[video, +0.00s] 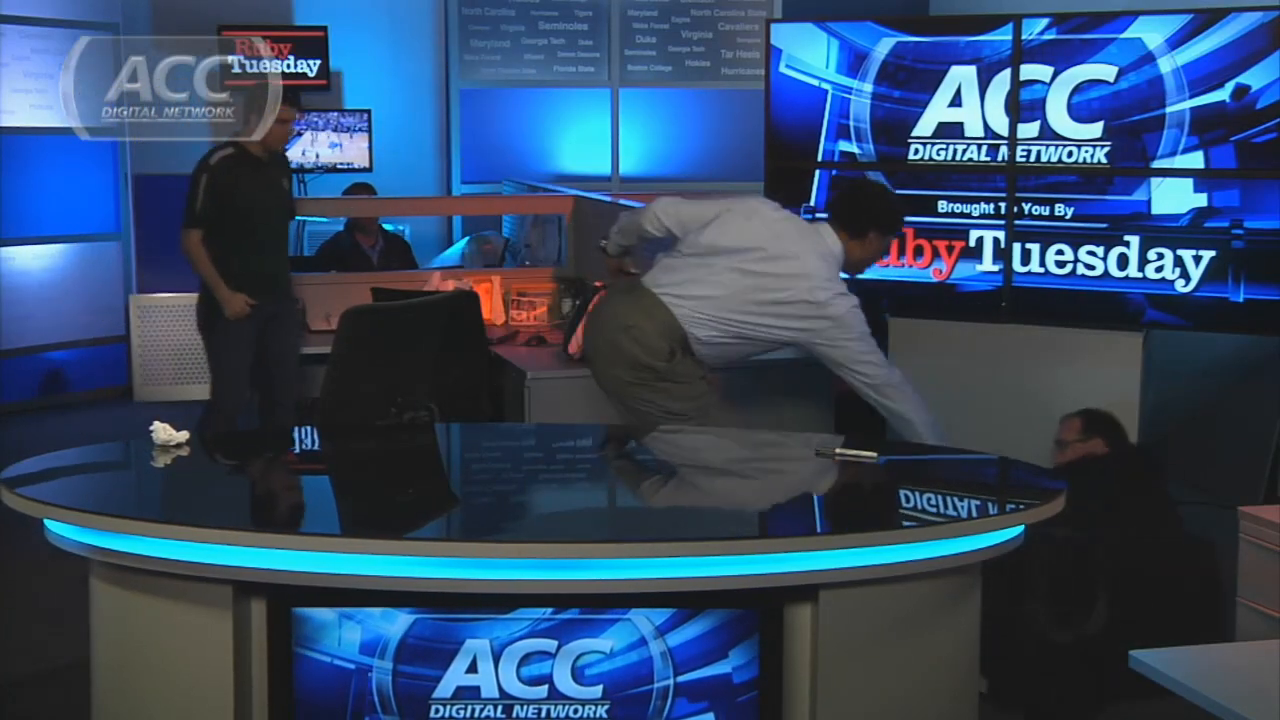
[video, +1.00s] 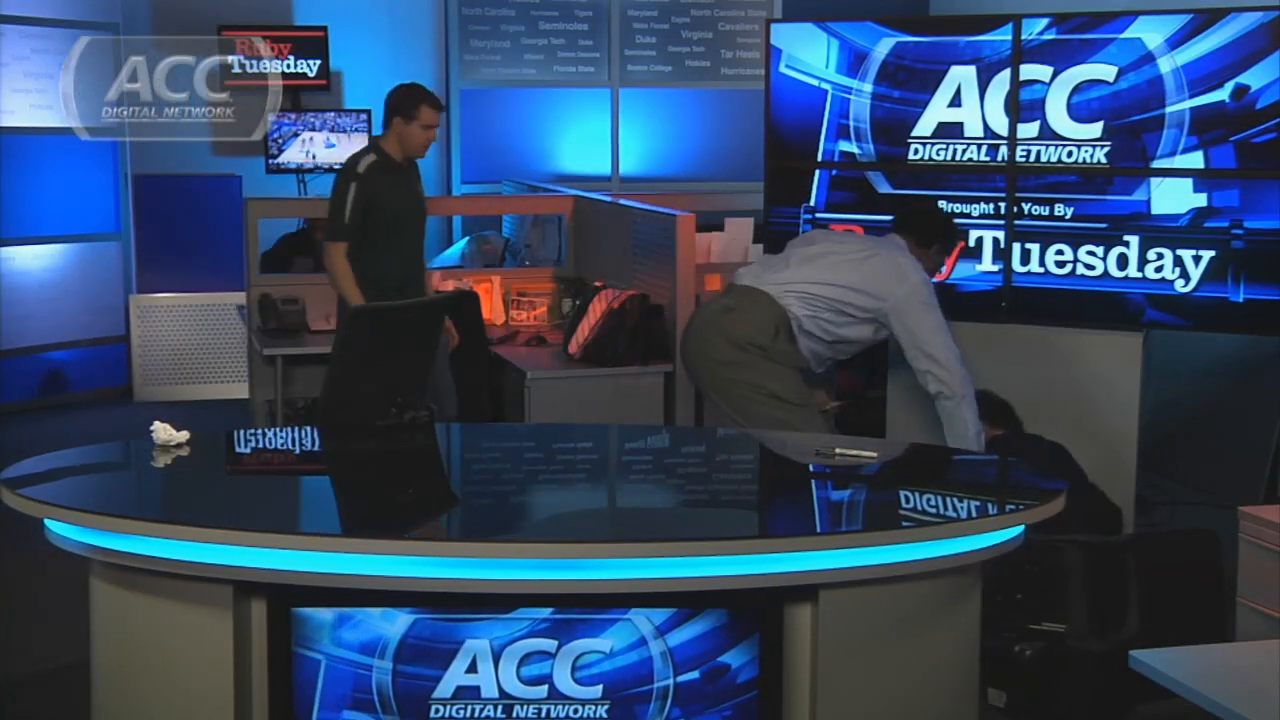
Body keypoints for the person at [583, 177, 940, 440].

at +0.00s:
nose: (883, 253)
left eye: (888, 243)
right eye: (885, 242)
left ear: (836, 215)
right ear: (865, 236)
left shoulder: (759, 210)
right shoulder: (827, 299)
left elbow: (659, 214)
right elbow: (884, 386)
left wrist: (615, 247)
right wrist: (937, 453)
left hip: (612, 313)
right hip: (649, 349)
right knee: (721, 465)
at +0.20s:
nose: (908, 286)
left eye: (913, 275)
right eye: (911, 274)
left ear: (863, 240)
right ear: (895, 265)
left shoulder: (794, 231)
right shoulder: (857, 307)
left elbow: (691, 220)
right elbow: (907, 395)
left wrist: (649, 265)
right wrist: (959, 462)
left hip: (638, 314)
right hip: (678, 339)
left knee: (675, 449)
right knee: (726, 463)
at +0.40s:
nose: (927, 287)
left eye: (932, 277)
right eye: (930, 275)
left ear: (887, 242)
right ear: (912, 259)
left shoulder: (814, 233)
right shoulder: (875, 285)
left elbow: (713, 234)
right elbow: (923, 376)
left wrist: (686, 296)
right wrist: (973, 458)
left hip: (671, 315)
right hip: (699, 328)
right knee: (751, 457)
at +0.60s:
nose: (942, 276)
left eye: (947, 267)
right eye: (944, 264)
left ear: (904, 237)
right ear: (925, 248)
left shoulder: (841, 236)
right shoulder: (892, 272)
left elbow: (727, 251)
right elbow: (934, 367)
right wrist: (977, 457)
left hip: (697, 305)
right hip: (724, 314)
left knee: (741, 442)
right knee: (775, 443)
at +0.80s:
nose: (944, 273)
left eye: (948, 265)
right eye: (949, 264)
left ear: (904, 233)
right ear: (940, 254)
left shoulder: (852, 240)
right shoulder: (904, 273)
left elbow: (773, 260)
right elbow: (948, 374)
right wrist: (990, 460)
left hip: (715, 318)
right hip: (739, 326)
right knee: (801, 453)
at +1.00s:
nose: (940, 270)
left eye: (943, 261)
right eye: (942, 260)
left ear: (899, 234)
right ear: (927, 250)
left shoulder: (842, 244)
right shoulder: (905, 276)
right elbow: (950, 381)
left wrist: (808, 390)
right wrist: (973, 462)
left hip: (715, 329)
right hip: (744, 337)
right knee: (814, 458)